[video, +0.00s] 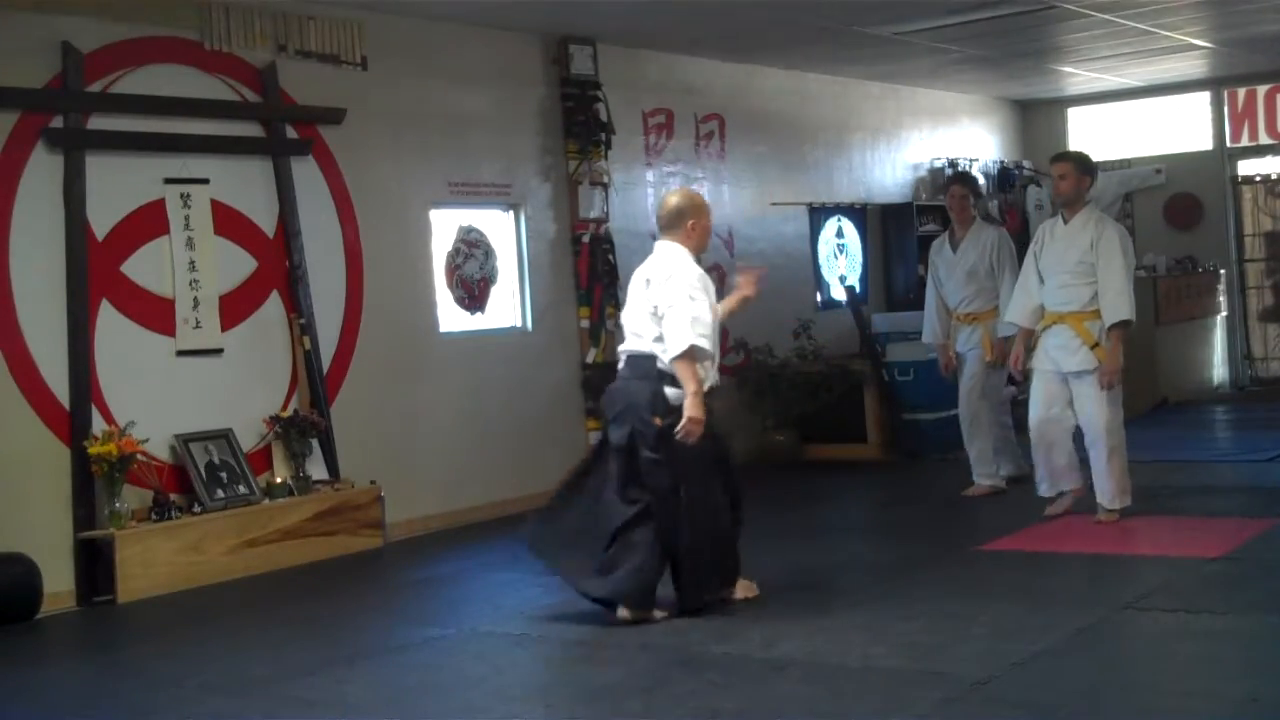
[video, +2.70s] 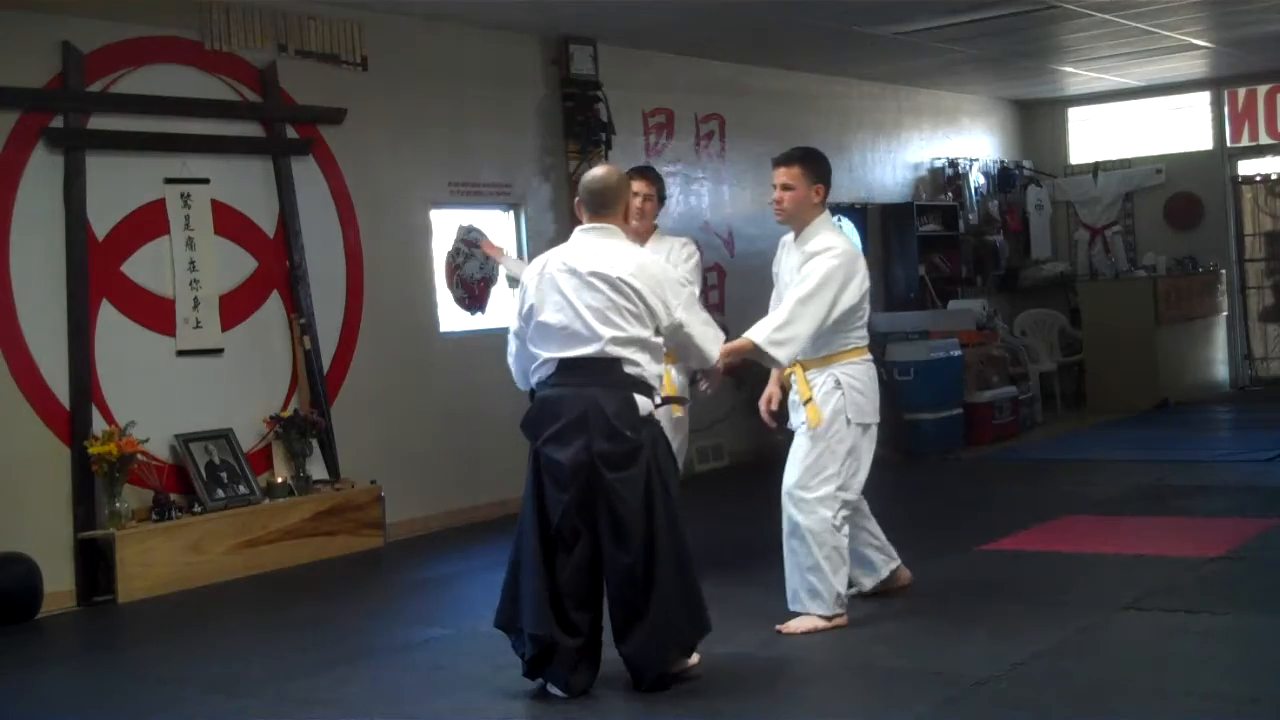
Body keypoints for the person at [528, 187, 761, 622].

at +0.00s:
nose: (709, 233)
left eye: (709, 225)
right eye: (708, 225)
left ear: (664, 226)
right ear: (694, 226)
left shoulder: (649, 267)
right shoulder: (683, 272)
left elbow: (689, 324)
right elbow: (680, 338)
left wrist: (734, 300)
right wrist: (694, 393)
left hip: (630, 388)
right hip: (665, 391)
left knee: (640, 496)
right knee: (710, 487)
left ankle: (633, 597)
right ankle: (716, 581)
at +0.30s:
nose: (669, 219)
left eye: (666, 211)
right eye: (668, 211)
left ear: (624, 216)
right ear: (658, 215)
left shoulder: (600, 262)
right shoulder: (658, 268)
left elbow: (636, 315)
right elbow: (693, 335)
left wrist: (691, 298)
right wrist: (739, 394)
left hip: (591, 394)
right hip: (638, 400)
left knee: (604, 506)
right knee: (678, 501)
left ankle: (602, 607)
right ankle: (659, 607)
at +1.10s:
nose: (619, 222)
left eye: (618, 213)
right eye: (619, 214)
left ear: (564, 215)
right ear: (609, 217)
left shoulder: (525, 269)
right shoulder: (612, 275)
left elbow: (558, 313)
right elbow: (667, 359)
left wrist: (626, 290)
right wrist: (720, 392)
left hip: (528, 415)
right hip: (592, 414)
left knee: (543, 543)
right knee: (611, 533)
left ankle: (561, 669)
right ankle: (627, 651)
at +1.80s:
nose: (646, 216)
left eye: (644, 207)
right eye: (645, 209)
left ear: (590, 210)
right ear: (635, 212)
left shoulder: (551, 261)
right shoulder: (648, 269)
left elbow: (539, 322)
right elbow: (714, 338)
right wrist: (736, 349)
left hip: (550, 406)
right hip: (616, 409)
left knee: (554, 537)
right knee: (641, 533)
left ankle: (558, 666)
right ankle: (654, 653)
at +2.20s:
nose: (667, 222)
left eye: (666, 215)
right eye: (667, 214)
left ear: (608, 211)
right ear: (657, 212)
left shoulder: (564, 263)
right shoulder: (669, 267)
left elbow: (550, 331)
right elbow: (736, 332)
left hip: (567, 394)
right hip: (634, 394)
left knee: (569, 533)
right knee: (650, 529)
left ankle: (563, 669)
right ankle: (659, 657)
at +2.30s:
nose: (660, 220)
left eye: (660, 213)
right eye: (661, 213)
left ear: (604, 211)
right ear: (652, 211)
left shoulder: (559, 266)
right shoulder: (667, 266)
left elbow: (542, 334)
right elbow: (734, 332)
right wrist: (749, 340)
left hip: (566, 397)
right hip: (634, 396)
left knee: (570, 534)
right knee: (651, 530)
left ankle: (564, 668)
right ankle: (661, 658)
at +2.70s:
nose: (639, 211)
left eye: (638, 201)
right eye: (634, 204)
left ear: (577, 209)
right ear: (626, 210)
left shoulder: (541, 268)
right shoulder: (647, 267)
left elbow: (519, 358)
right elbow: (700, 345)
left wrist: (546, 392)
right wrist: (709, 367)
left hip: (554, 405)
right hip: (623, 402)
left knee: (563, 537)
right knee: (639, 531)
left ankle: (565, 672)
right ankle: (655, 659)